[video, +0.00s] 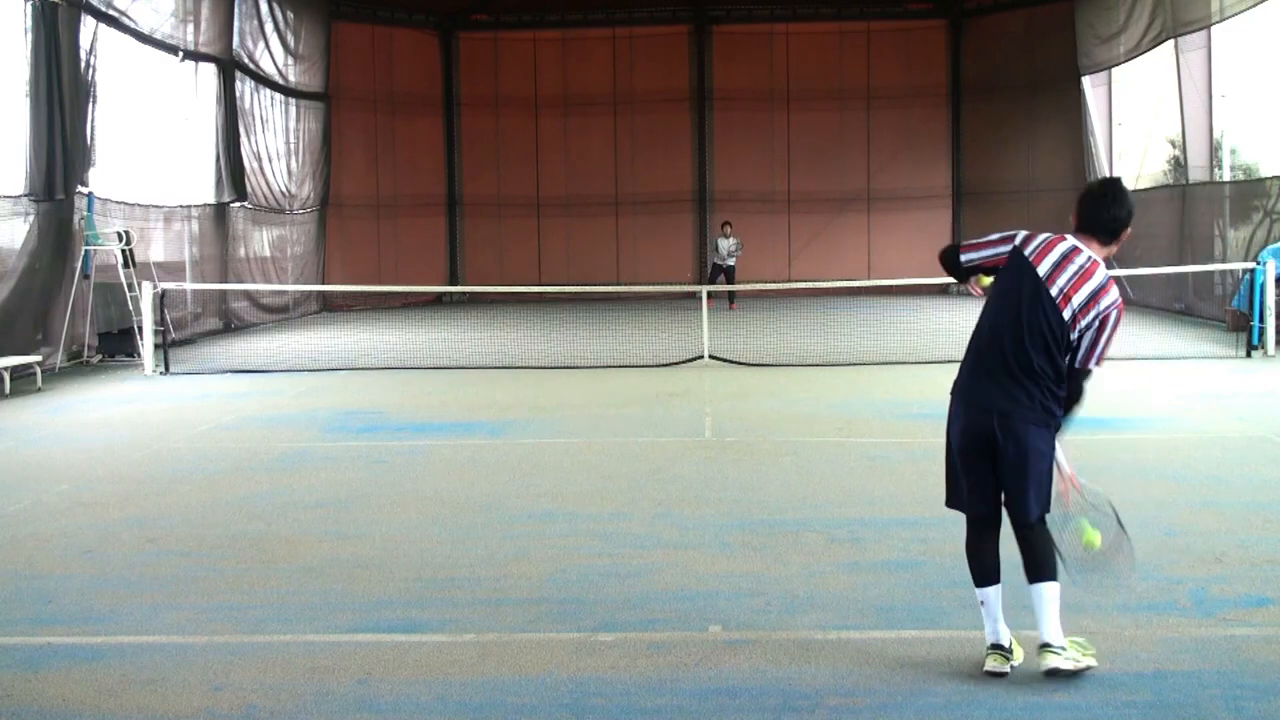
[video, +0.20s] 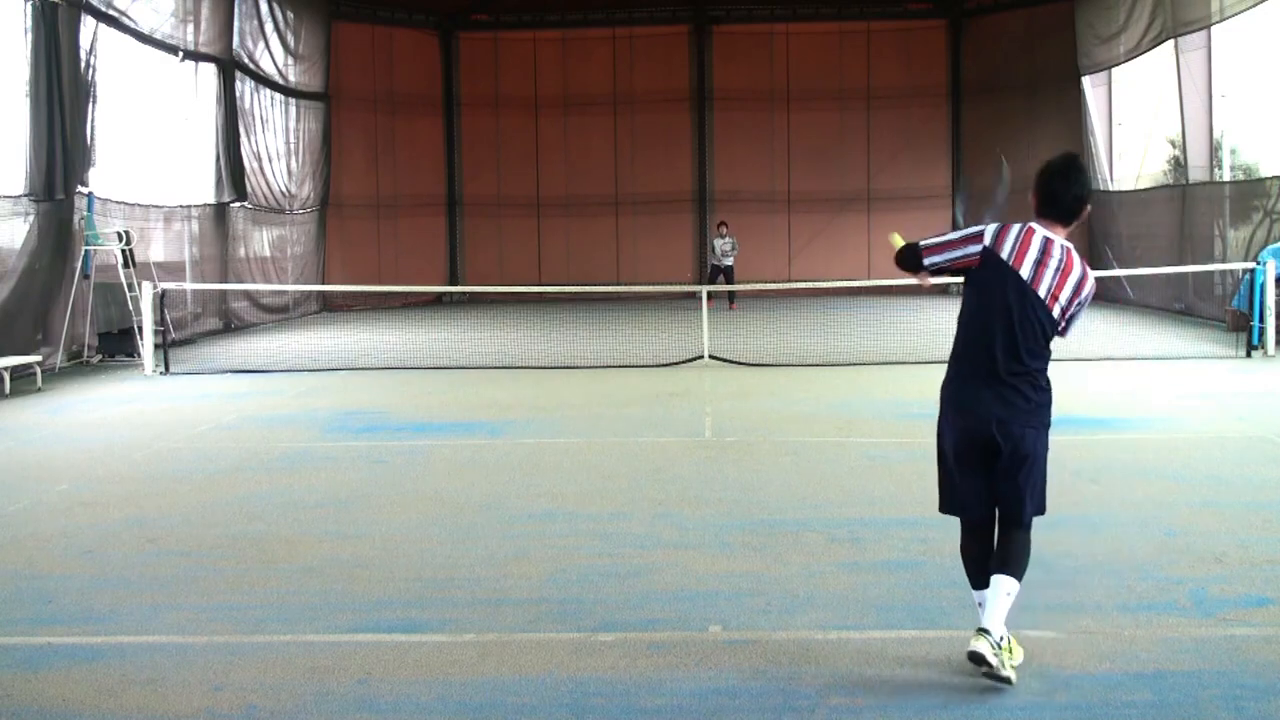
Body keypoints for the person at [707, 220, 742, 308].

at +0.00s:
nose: (727, 230)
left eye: (728, 228)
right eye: (725, 228)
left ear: (731, 230)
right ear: (722, 230)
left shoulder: (735, 241)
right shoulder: (718, 240)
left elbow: (739, 252)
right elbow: (715, 251)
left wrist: (733, 254)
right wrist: (721, 256)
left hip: (730, 264)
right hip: (718, 263)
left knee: (731, 283)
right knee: (711, 280)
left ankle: (732, 303)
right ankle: (709, 298)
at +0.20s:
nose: (722, 230)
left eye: (724, 228)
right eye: (721, 228)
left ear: (727, 229)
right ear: (718, 230)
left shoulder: (732, 240)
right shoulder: (715, 241)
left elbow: (735, 250)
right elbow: (713, 252)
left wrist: (727, 255)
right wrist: (718, 258)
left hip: (728, 264)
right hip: (716, 264)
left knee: (730, 283)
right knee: (710, 281)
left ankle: (732, 302)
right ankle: (709, 299)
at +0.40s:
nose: (716, 233)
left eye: (718, 231)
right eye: (715, 231)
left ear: (721, 232)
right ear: (712, 233)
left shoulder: (726, 243)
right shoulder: (709, 244)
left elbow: (729, 252)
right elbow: (706, 255)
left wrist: (722, 258)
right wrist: (711, 263)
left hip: (725, 266)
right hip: (713, 266)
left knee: (729, 284)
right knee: (709, 284)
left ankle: (731, 303)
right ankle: (710, 301)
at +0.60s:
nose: (718, 232)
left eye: (720, 230)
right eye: (716, 230)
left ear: (722, 232)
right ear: (713, 232)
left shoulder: (726, 242)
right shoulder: (710, 242)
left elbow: (725, 252)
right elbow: (708, 253)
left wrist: (714, 249)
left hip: (726, 265)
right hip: (715, 266)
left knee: (730, 284)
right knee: (710, 284)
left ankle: (737, 301)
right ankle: (710, 302)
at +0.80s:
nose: (725, 236)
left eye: (727, 234)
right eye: (724, 234)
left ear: (730, 235)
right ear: (722, 235)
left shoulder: (733, 244)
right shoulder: (721, 245)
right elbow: (715, 252)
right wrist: (708, 252)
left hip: (732, 268)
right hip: (721, 268)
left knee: (736, 286)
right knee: (713, 286)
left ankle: (745, 302)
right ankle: (710, 302)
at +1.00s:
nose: (732, 233)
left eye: (733, 231)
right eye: (730, 231)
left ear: (737, 232)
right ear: (728, 232)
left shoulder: (740, 241)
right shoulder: (729, 242)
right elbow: (722, 248)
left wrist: (715, 245)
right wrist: (711, 249)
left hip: (742, 264)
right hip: (732, 265)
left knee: (742, 284)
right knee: (727, 283)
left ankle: (746, 302)